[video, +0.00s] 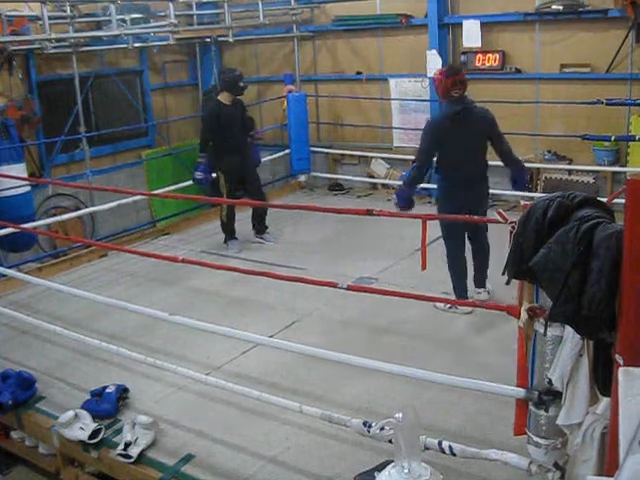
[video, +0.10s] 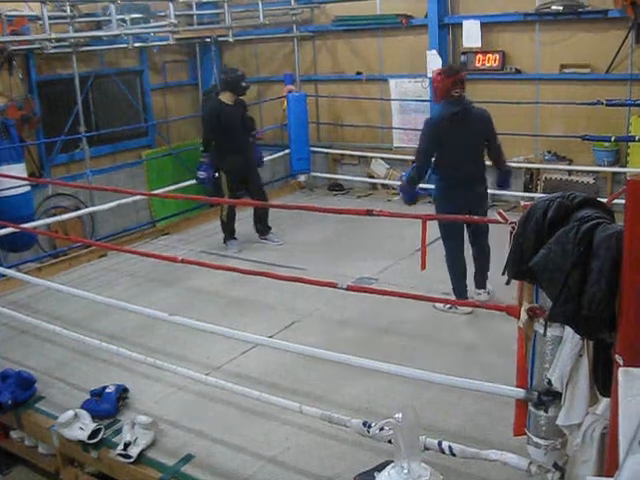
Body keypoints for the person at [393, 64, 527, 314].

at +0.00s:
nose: (437, 92)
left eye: (438, 89)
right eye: (456, 87)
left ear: (441, 92)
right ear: (464, 88)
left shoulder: (437, 123)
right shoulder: (483, 116)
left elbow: (422, 164)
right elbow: (503, 148)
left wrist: (405, 190)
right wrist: (518, 171)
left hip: (449, 194)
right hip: (478, 191)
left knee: (454, 245)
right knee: (478, 236)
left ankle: (462, 299)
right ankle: (481, 286)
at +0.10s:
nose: (436, 92)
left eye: (437, 89)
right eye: (456, 87)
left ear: (441, 90)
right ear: (462, 88)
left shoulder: (435, 122)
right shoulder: (481, 116)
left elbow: (422, 162)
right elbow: (494, 149)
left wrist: (409, 185)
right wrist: (504, 171)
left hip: (448, 194)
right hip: (477, 192)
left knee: (453, 247)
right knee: (480, 240)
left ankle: (461, 299)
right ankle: (481, 288)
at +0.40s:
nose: (430, 92)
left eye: (433, 87)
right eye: (430, 87)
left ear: (440, 89)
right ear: (458, 87)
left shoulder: (437, 122)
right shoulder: (476, 116)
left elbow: (426, 161)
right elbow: (478, 152)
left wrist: (418, 190)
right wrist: (467, 172)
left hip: (445, 192)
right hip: (471, 190)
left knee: (450, 248)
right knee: (472, 239)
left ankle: (461, 300)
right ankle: (477, 288)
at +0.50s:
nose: (425, 95)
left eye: (427, 90)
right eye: (425, 89)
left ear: (438, 91)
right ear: (452, 90)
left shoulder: (437, 123)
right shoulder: (473, 117)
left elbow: (426, 164)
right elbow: (475, 154)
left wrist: (413, 193)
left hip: (444, 193)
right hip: (468, 190)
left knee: (448, 244)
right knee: (464, 236)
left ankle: (460, 299)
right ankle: (468, 283)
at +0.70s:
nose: (418, 95)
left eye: (421, 90)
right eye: (419, 90)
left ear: (431, 92)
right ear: (445, 91)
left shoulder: (432, 125)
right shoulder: (465, 119)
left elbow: (425, 168)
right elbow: (470, 159)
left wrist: (411, 199)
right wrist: (474, 192)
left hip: (438, 193)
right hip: (458, 191)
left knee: (447, 244)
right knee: (443, 235)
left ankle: (460, 299)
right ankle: (442, 280)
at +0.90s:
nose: (406, 98)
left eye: (409, 92)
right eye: (406, 92)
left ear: (418, 94)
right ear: (428, 93)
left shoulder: (421, 124)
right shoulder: (446, 118)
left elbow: (414, 167)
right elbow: (458, 157)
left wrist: (402, 200)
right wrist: (465, 190)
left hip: (429, 192)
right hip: (445, 189)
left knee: (440, 244)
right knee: (423, 234)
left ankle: (460, 299)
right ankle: (407, 277)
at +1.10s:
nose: (387, 97)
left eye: (391, 92)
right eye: (388, 92)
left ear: (400, 94)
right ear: (411, 94)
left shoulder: (398, 124)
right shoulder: (426, 117)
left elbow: (391, 165)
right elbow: (437, 149)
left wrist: (380, 196)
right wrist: (432, 177)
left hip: (410, 190)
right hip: (428, 187)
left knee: (423, 243)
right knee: (411, 238)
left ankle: (454, 293)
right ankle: (398, 281)